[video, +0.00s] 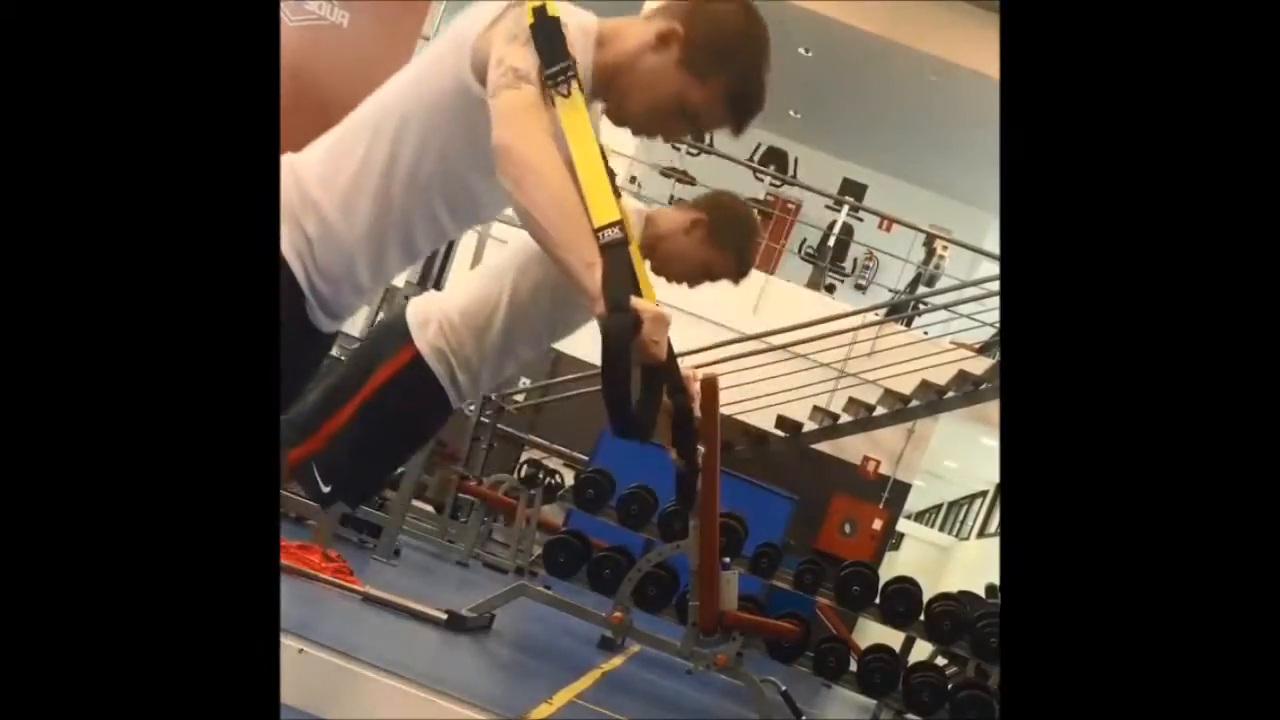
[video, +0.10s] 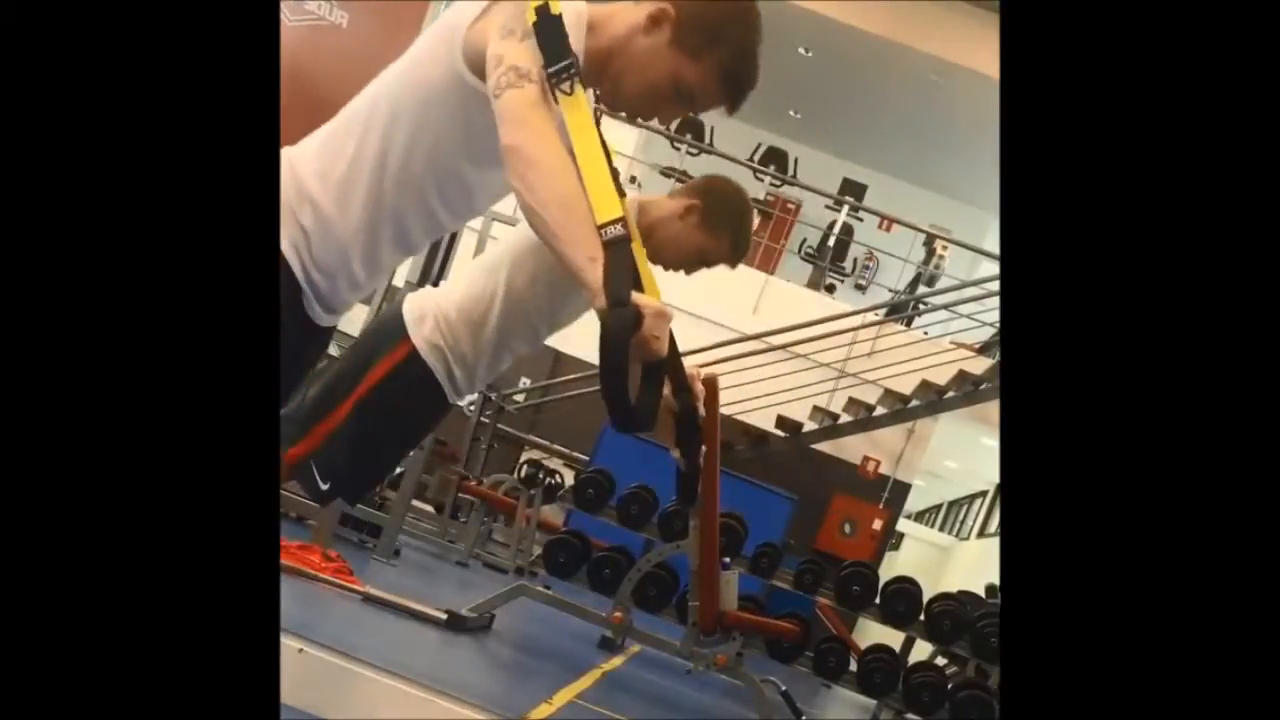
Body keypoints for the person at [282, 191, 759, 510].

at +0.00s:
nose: (695, 284)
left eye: (708, 280)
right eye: (707, 272)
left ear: (691, 226)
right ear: (692, 226)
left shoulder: (627, 261)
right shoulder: (611, 225)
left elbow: (637, 353)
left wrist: (677, 388)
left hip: (444, 377)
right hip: (420, 351)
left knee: (318, 493)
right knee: (293, 474)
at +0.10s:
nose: (692, 271)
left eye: (704, 266)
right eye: (703, 258)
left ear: (684, 211)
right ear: (687, 212)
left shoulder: (626, 251)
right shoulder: (606, 212)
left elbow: (644, 343)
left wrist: (679, 391)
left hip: (445, 372)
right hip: (421, 345)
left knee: (323, 490)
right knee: (296, 470)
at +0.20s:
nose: (689, 266)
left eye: (701, 261)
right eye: (700, 253)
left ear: (681, 206)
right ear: (685, 209)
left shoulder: (626, 242)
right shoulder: (611, 215)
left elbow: (644, 329)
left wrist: (675, 385)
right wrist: (672, 383)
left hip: (444, 370)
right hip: (421, 344)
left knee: (321, 493)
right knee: (295, 472)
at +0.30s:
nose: (690, 267)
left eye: (702, 262)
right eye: (702, 254)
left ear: (680, 205)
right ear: (685, 209)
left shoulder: (623, 244)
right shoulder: (612, 223)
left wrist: (671, 392)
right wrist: (660, 409)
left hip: (441, 374)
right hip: (420, 349)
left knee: (318, 497)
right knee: (295, 477)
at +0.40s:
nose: (690, 271)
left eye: (703, 266)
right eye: (702, 258)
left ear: (685, 212)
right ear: (687, 214)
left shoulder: (626, 257)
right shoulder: (605, 209)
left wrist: (673, 393)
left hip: (444, 378)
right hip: (420, 351)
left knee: (318, 497)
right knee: (295, 480)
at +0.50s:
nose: (696, 277)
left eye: (709, 272)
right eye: (708, 264)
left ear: (689, 219)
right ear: (692, 220)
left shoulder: (627, 257)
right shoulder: (609, 217)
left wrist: (676, 391)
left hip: (443, 382)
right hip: (419, 356)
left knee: (320, 502)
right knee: (295, 488)